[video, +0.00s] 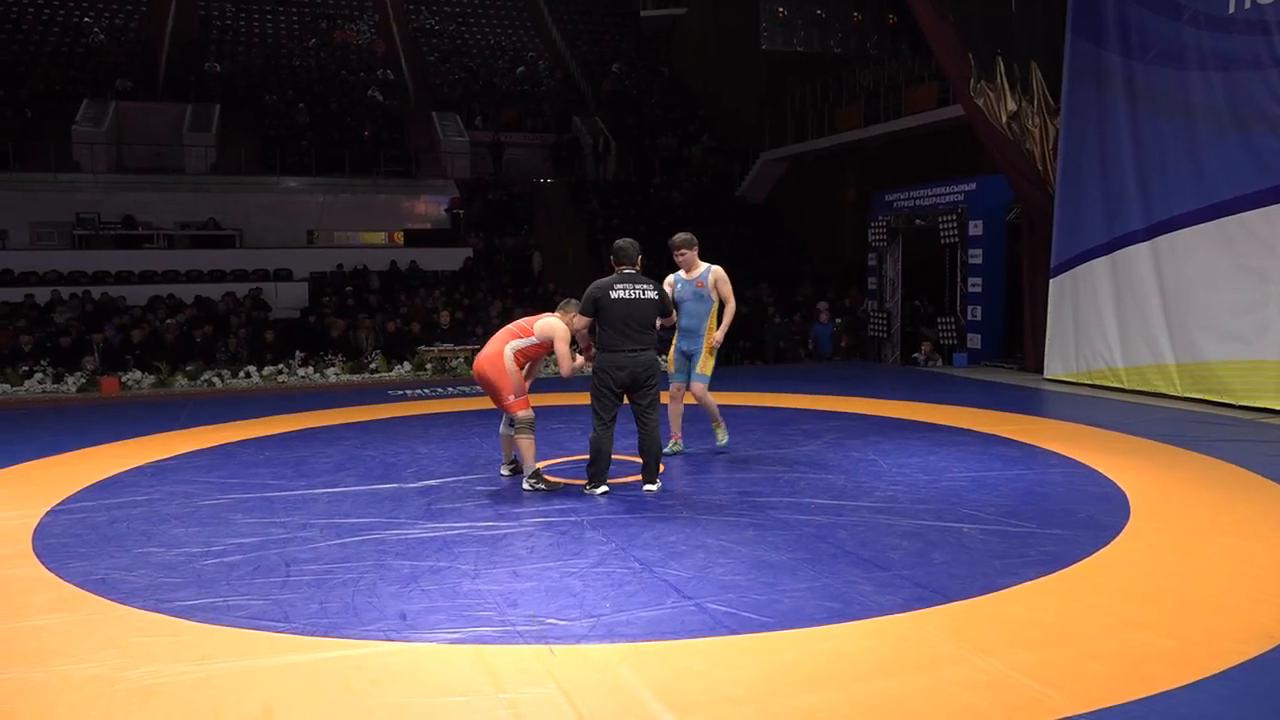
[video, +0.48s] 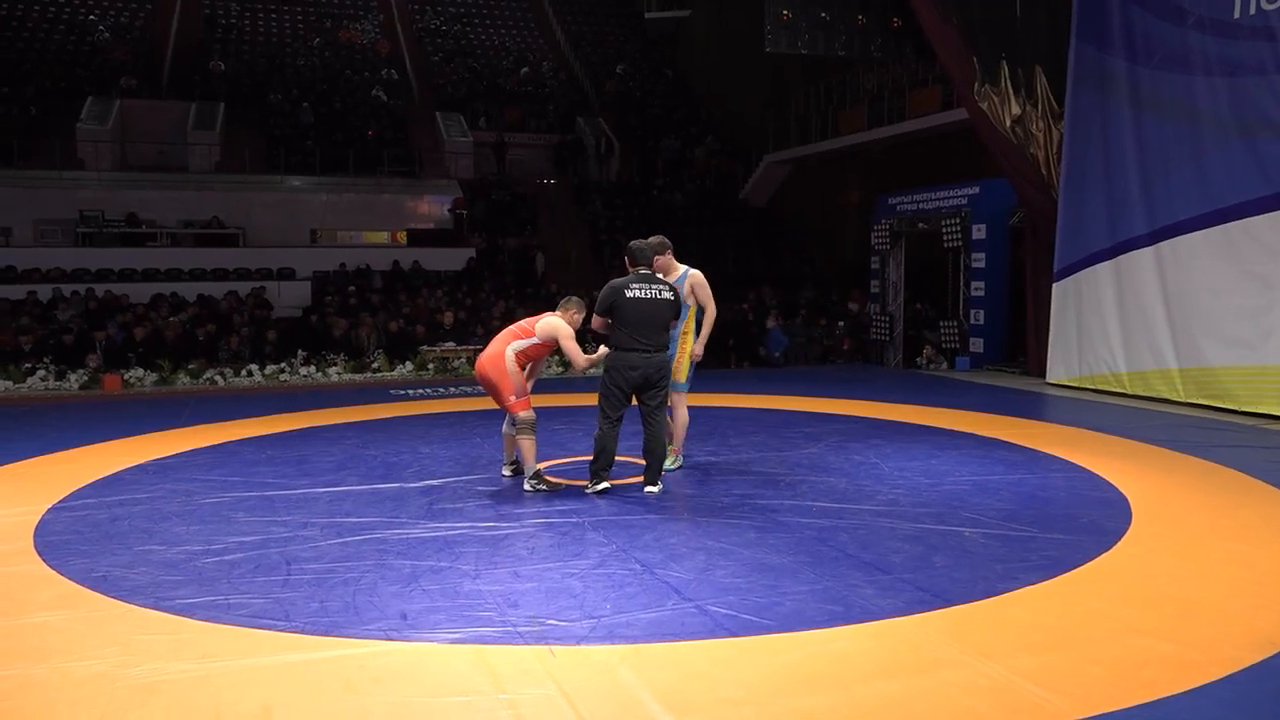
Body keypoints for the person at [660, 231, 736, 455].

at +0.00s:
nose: (678, 259)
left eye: (682, 254)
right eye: (675, 255)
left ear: (695, 251)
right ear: (673, 256)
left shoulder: (715, 273)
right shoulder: (671, 280)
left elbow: (730, 303)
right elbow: (668, 314)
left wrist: (721, 331)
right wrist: (661, 319)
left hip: (704, 343)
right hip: (679, 343)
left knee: (698, 390)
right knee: (675, 391)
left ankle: (718, 424)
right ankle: (676, 439)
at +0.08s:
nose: (671, 259)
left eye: (675, 254)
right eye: (668, 255)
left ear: (688, 251)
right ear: (665, 256)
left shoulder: (709, 272)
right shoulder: (664, 280)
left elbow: (725, 302)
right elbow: (655, 310)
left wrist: (717, 331)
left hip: (700, 342)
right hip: (674, 342)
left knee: (690, 388)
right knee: (673, 392)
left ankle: (702, 436)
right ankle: (675, 439)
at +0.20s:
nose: (663, 262)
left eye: (666, 257)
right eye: (659, 258)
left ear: (678, 252)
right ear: (657, 258)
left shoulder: (702, 274)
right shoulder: (659, 280)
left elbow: (719, 303)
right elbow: (653, 311)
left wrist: (713, 332)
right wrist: (651, 336)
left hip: (692, 344)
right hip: (667, 343)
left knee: (683, 392)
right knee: (668, 396)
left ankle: (681, 444)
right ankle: (674, 440)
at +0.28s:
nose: (658, 264)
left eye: (661, 258)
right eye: (655, 260)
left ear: (674, 254)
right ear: (653, 260)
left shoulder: (699, 275)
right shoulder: (656, 281)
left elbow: (716, 303)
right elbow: (650, 310)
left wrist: (711, 333)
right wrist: (648, 336)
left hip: (688, 345)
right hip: (663, 346)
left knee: (679, 394)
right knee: (666, 396)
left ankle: (675, 447)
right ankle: (671, 442)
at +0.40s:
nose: (653, 266)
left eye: (656, 261)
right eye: (651, 262)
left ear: (670, 256)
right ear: (653, 261)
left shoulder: (696, 278)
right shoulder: (656, 281)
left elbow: (714, 308)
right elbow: (649, 313)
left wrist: (705, 341)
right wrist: (646, 340)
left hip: (683, 347)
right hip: (660, 347)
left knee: (677, 400)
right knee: (663, 400)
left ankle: (676, 451)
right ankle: (670, 445)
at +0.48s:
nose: (653, 265)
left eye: (655, 260)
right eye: (651, 261)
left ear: (668, 255)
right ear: (659, 258)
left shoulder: (693, 277)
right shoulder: (657, 280)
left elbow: (711, 308)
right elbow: (649, 312)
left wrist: (700, 343)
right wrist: (646, 341)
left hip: (682, 346)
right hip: (659, 345)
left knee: (677, 401)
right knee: (659, 400)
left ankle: (676, 452)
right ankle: (669, 443)